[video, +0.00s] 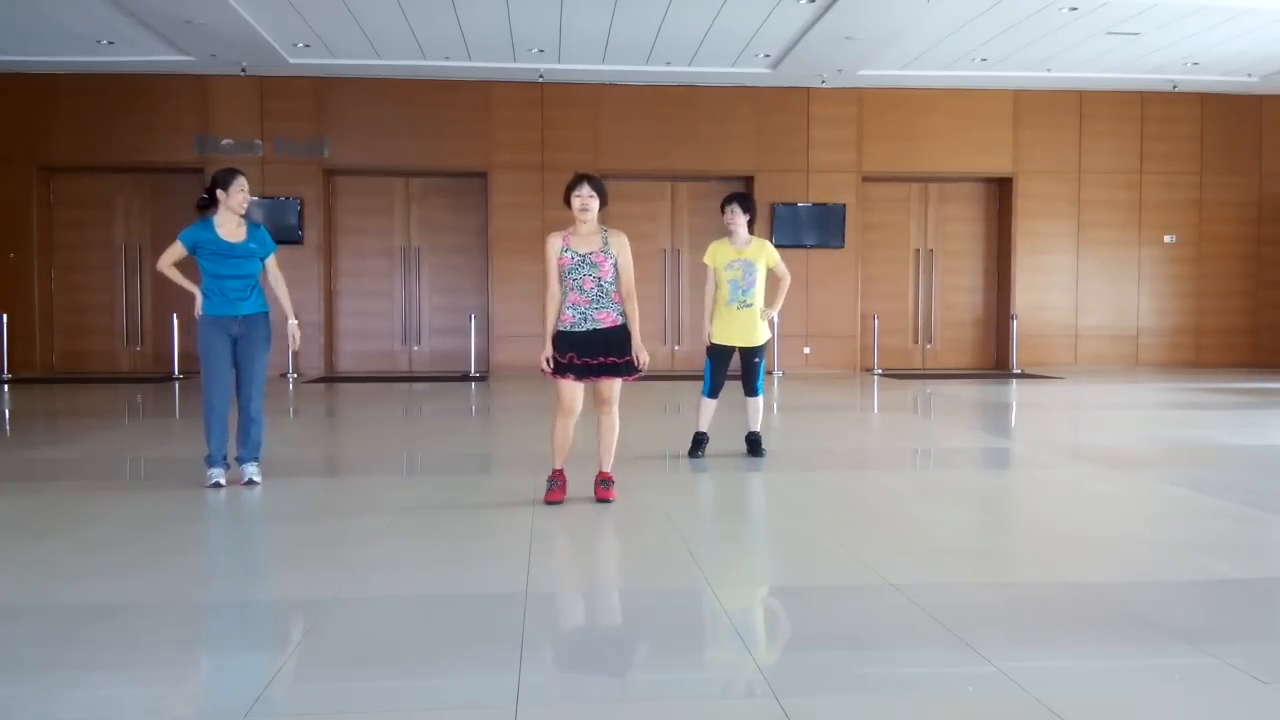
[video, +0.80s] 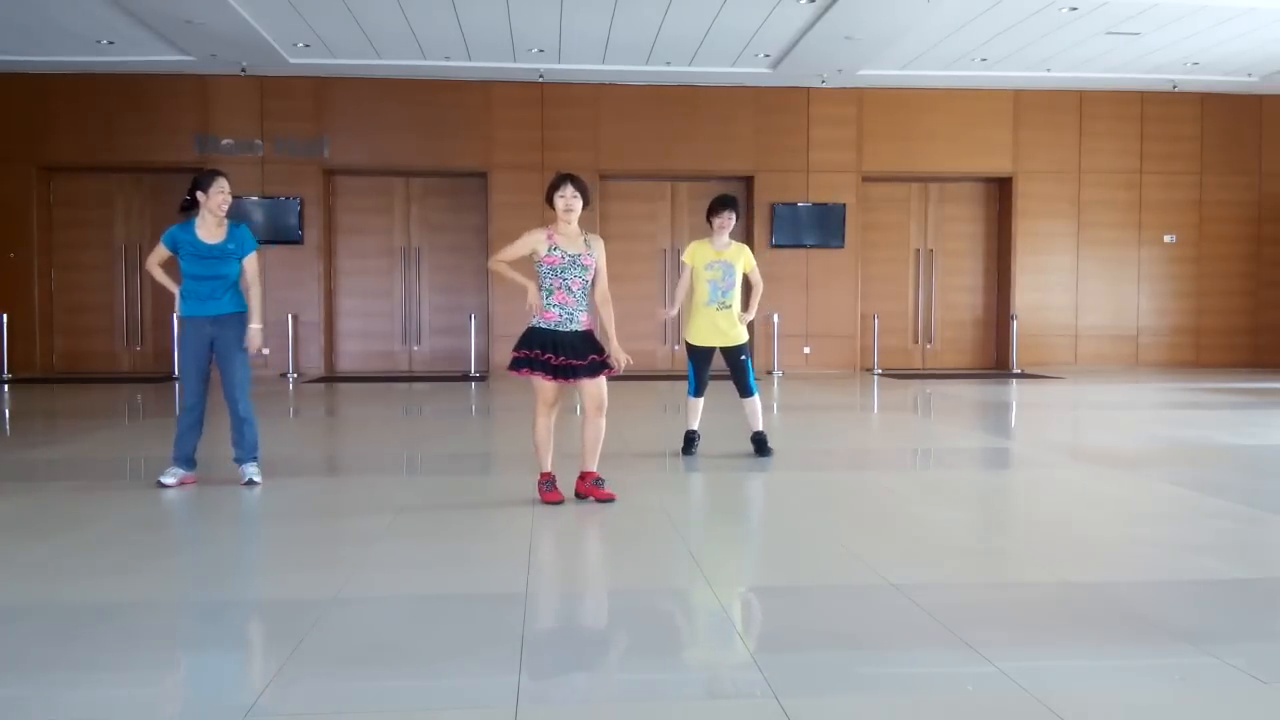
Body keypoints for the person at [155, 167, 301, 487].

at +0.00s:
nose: (247, 197)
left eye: (247, 191)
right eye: (240, 191)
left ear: (244, 195)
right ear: (220, 195)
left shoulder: (257, 233)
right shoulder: (200, 232)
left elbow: (275, 277)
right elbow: (163, 264)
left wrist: (291, 318)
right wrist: (195, 290)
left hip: (255, 322)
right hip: (215, 323)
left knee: (251, 395)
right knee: (217, 394)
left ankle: (250, 461)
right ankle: (216, 465)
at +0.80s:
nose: (227, 199)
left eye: (228, 193)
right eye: (220, 193)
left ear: (230, 197)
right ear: (200, 197)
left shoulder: (240, 234)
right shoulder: (180, 233)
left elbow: (253, 282)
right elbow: (152, 264)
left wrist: (255, 325)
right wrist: (177, 290)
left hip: (232, 320)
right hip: (193, 322)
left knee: (239, 396)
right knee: (191, 395)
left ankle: (248, 462)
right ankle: (184, 465)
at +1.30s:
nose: (195, 203)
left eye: (202, 197)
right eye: (189, 197)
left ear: (212, 200)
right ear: (181, 202)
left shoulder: (222, 241)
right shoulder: (168, 232)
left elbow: (223, 291)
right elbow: (143, 260)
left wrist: (215, 333)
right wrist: (154, 290)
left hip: (194, 322)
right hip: (158, 321)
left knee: (201, 396)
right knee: (168, 398)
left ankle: (231, 461)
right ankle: (182, 467)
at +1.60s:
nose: (193, 205)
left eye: (199, 198)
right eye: (187, 199)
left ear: (214, 200)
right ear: (181, 204)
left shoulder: (227, 241)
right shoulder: (171, 233)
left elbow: (229, 291)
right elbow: (149, 261)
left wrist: (220, 334)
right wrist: (159, 290)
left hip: (197, 323)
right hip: (161, 322)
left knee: (208, 395)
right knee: (169, 398)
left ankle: (241, 460)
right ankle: (183, 466)